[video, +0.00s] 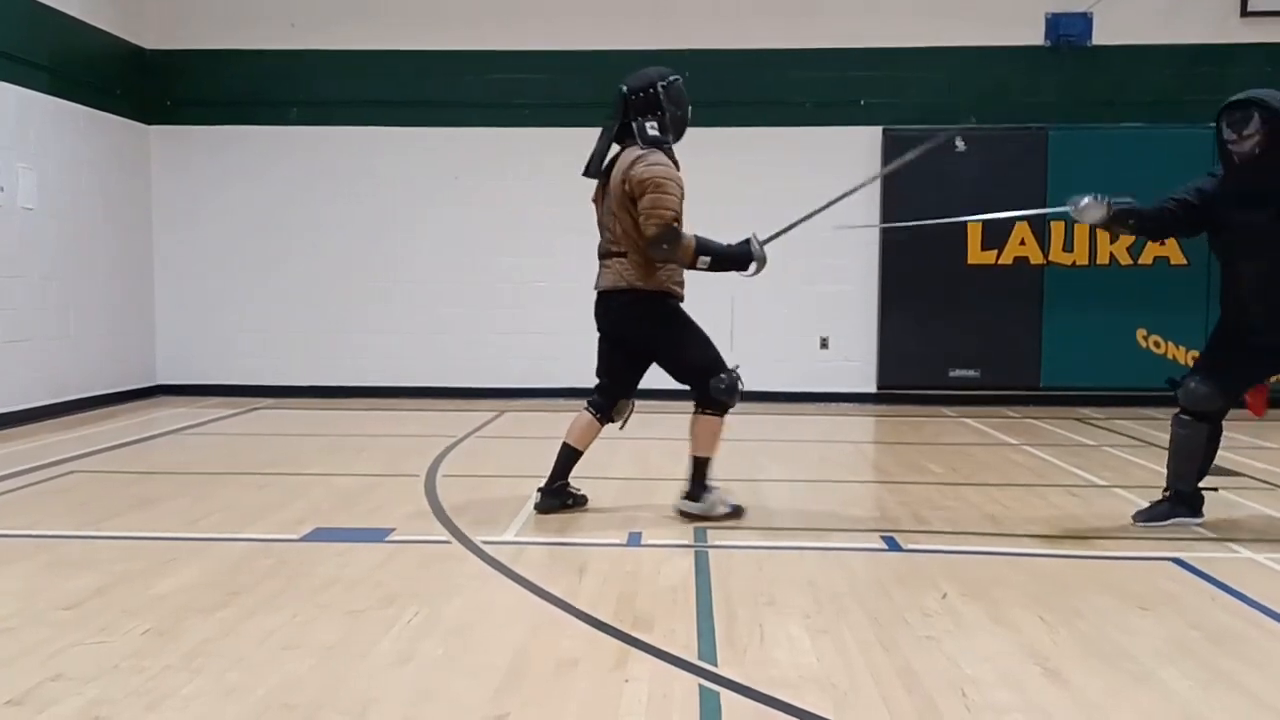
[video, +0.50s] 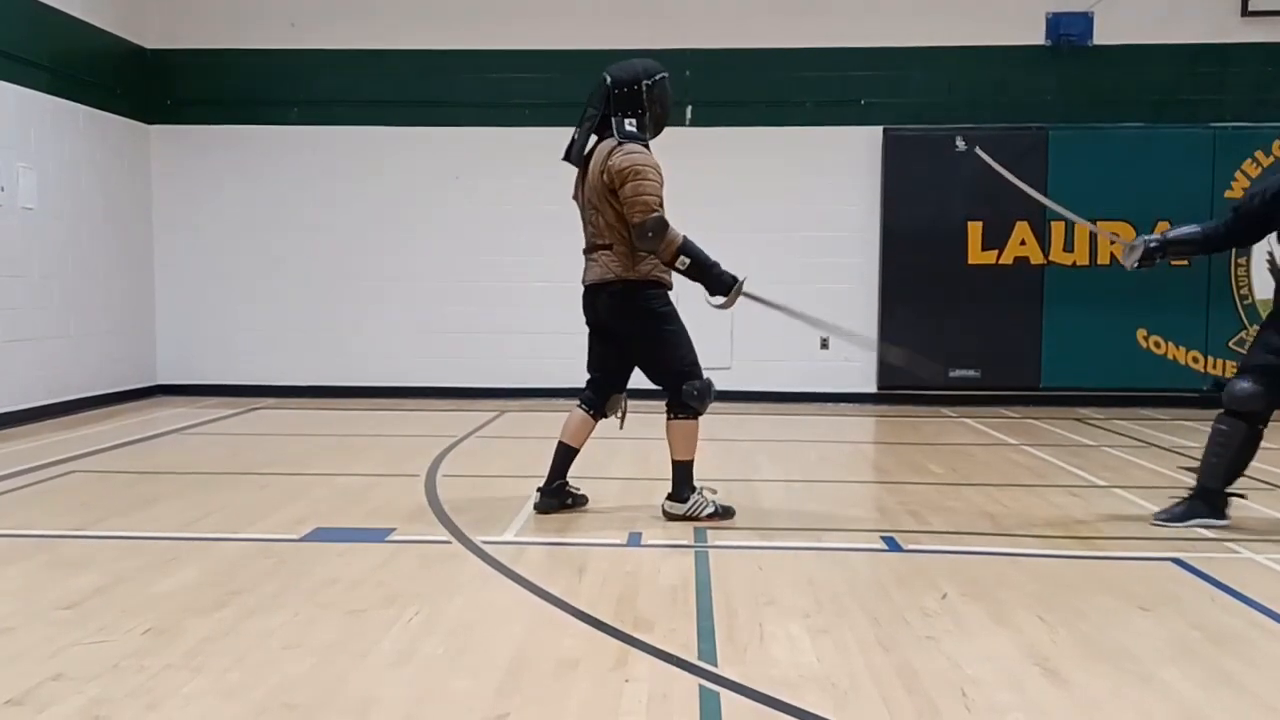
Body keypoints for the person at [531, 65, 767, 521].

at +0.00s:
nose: (685, 112)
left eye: (682, 103)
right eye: (678, 104)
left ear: (632, 111)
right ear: (664, 110)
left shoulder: (620, 162)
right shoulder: (655, 167)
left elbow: (635, 243)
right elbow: (663, 243)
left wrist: (721, 257)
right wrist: (731, 256)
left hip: (615, 304)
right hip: (648, 305)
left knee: (609, 397)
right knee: (717, 383)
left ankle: (554, 486)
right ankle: (698, 492)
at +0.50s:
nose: (665, 107)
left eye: (663, 97)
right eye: (660, 98)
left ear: (616, 102)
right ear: (645, 102)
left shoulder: (599, 154)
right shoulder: (633, 158)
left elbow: (617, 234)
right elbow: (651, 233)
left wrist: (684, 263)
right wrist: (714, 275)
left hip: (603, 293)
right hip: (637, 294)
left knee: (601, 392)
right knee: (688, 388)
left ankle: (553, 486)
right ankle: (682, 494)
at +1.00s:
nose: (647, 102)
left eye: (644, 93)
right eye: (641, 94)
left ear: (597, 100)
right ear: (627, 98)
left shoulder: (587, 152)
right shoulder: (622, 155)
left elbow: (647, 224)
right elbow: (655, 222)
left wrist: (717, 244)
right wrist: (724, 244)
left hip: (593, 293)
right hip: (628, 293)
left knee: (595, 388)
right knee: (671, 390)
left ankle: (553, 487)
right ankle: (682, 495)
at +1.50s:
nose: (655, 105)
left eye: (651, 96)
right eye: (650, 97)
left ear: (604, 104)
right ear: (638, 101)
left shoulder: (588, 153)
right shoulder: (639, 152)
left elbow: (584, 219)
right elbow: (699, 201)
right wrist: (775, 212)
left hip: (595, 293)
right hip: (634, 294)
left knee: (594, 389)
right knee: (674, 390)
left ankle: (553, 487)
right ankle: (683, 495)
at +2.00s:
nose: (667, 104)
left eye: (665, 95)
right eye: (662, 96)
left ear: (617, 101)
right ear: (646, 101)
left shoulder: (595, 151)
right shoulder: (644, 153)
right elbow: (689, 219)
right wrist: (757, 215)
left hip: (596, 290)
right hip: (634, 294)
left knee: (592, 387)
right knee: (675, 391)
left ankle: (553, 487)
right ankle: (683, 496)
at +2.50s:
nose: (656, 105)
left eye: (654, 95)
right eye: (651, 96)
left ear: (608, 102)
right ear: (634, 101)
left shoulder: (591, 153)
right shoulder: (626, 158)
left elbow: (636, 235)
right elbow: (651, 233)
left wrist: (708, 243)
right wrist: (714, 235)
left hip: (585, 293)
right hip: (616, 296)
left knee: (590, 391)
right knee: (658, 396)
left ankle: (552, 488)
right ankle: (682, 495)